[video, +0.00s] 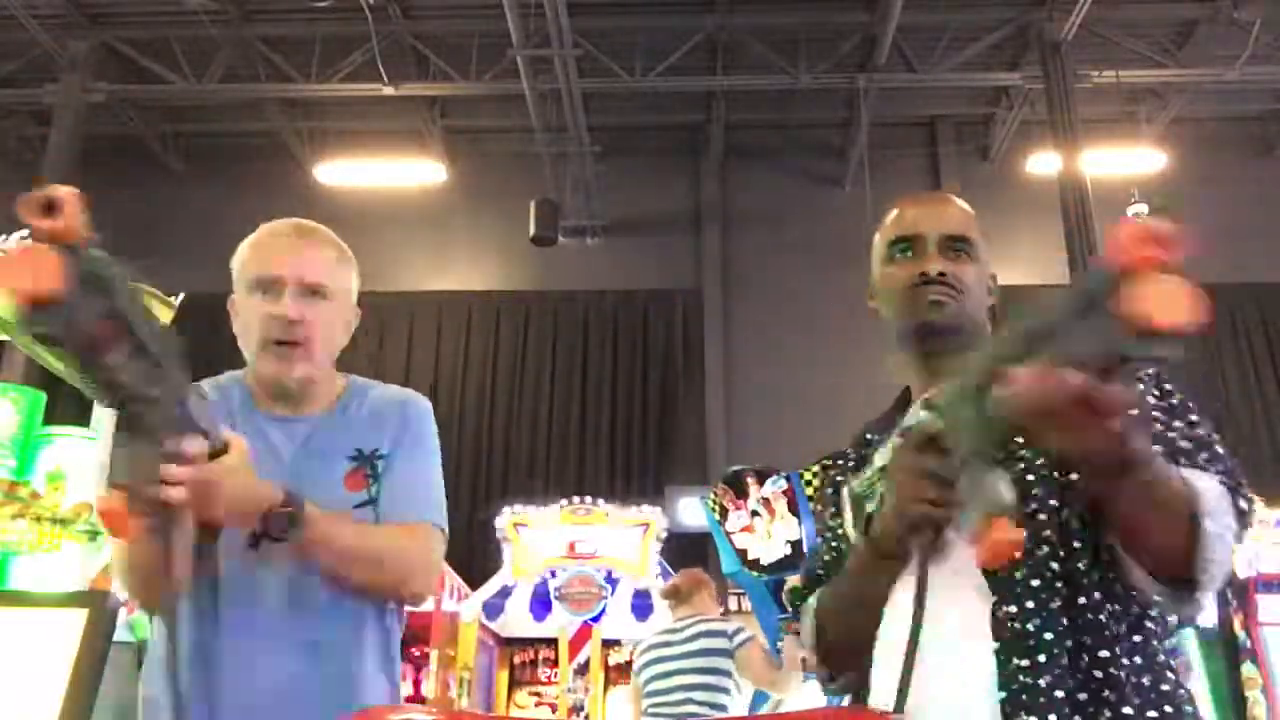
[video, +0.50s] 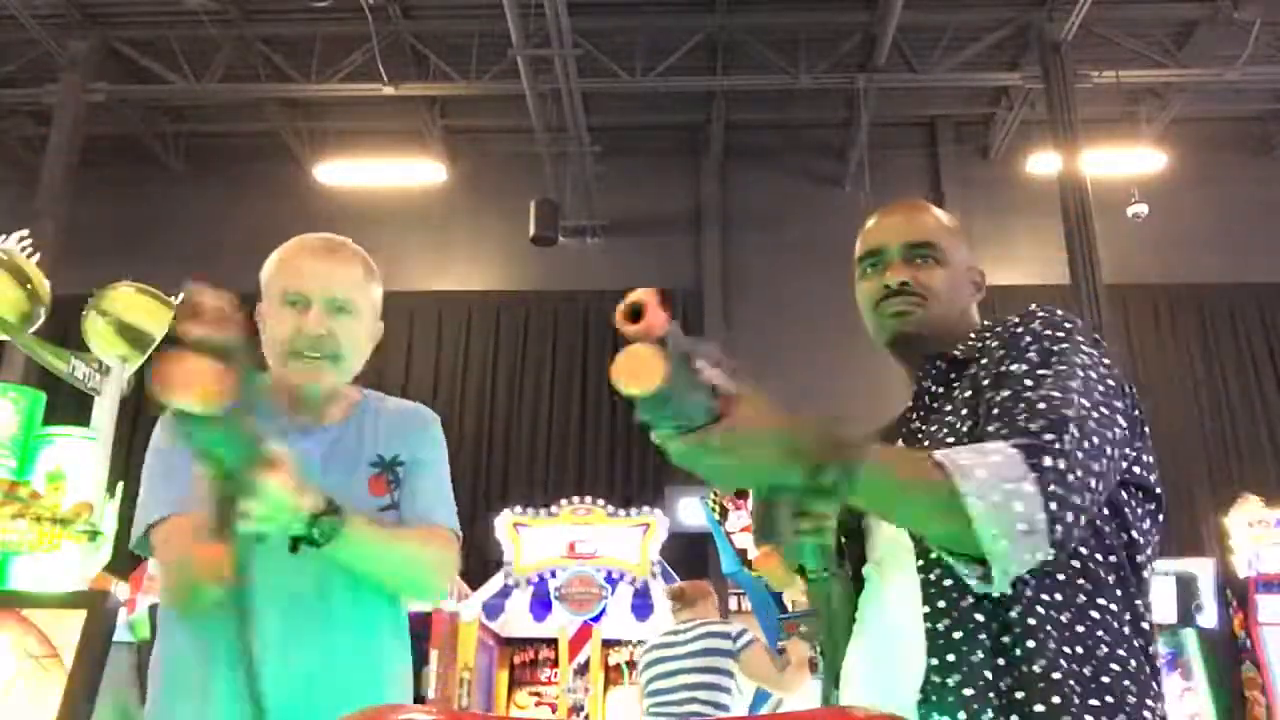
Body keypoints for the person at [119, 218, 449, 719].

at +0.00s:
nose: (288, 312)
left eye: (313, 294)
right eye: (267, 291)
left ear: (352, 319)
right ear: (235, 314)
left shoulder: (400, 418)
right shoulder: (184, 415)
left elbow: (416, 569)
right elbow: (152, 592)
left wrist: (266, 509)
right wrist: (160, 500)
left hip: (345, 709)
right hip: (196, 709)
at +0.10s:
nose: (306, 317)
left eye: (331, 300)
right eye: (286, 295)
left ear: (365, 327)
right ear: (249, 314)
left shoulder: (406, 424)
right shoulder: (187, 417)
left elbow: (411, 575)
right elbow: (154, 589)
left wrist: (257, 505)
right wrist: (157, 494)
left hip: (346, 709)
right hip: (197, 709)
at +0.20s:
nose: (324, 322)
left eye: (349, 306)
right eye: (304, 300)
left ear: (379, 335)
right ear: (265, 318)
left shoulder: (416, 431)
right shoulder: (200, 416)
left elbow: (431, 577)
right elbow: (173, 583)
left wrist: (300, 505)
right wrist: (204, 477)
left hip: (353, 709)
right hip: (205, 707)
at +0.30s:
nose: (335, 329)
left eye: (358, 315)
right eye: (316, 307)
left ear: (383, 335)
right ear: (277, 323)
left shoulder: (420, 439)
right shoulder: (213, 419)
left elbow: (450, 582)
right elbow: (203, 574)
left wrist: (358, 525)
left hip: (363, 709)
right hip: (213, 708)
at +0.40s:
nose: (335, 331)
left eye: (361, 314)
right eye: (315, 307)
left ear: (391, 339)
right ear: (278, 325)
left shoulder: (418, 441)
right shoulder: (213, 420)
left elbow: (451, 583)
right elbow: (206, 577)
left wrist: (363, 537)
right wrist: (280, 541)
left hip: (369, 710)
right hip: (218, 709)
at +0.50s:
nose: (315, 326)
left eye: (341, 309)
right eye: (295, 304)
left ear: (374, 333)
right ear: (260, 319)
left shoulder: (409, 429)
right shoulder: (194, 422)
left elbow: (435, 573)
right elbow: (182, 583)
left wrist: (316, 517)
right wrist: (234, 512)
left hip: (356, 707)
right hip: (203, 708)